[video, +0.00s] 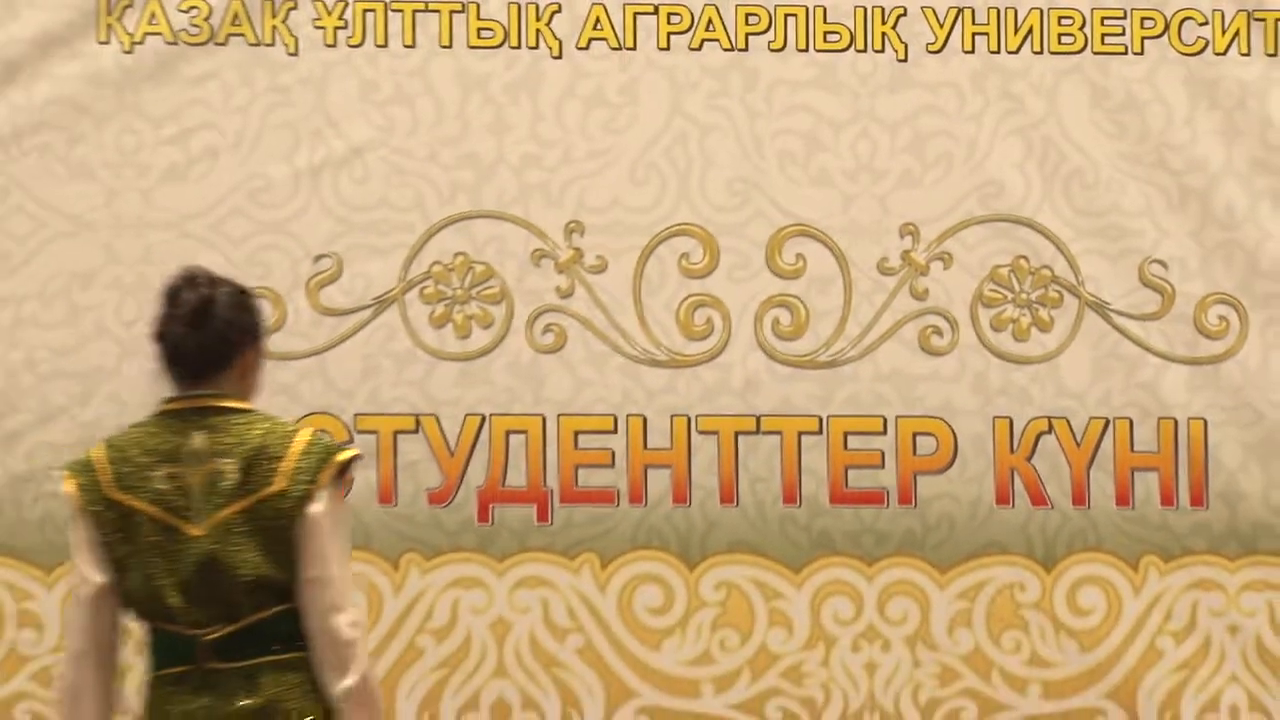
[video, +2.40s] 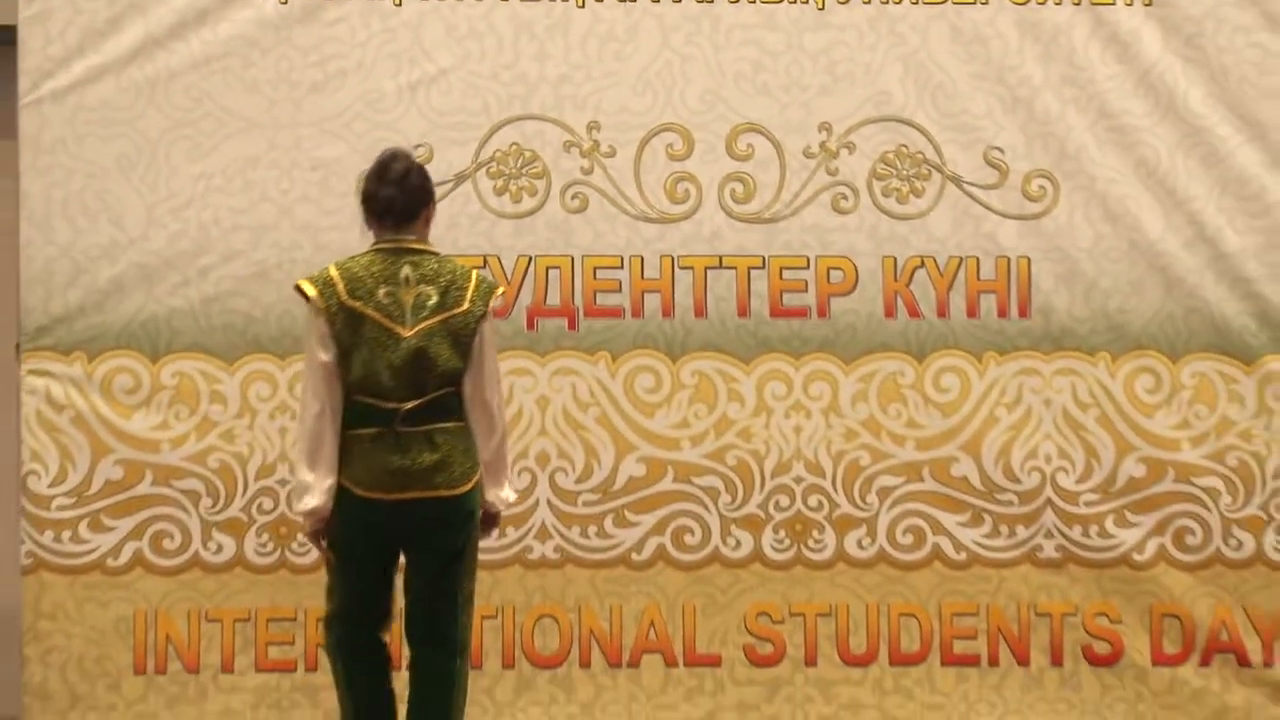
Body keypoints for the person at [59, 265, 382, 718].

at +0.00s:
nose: (261, 361)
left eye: (261, 348)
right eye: (260, 349)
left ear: (166, 354)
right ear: (249, 356)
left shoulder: (101, 471)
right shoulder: (302, 458)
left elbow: (90, 633)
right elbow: (330, 620)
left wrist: (88, 710)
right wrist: (360, 708)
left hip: (172, 697)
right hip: (284, 694)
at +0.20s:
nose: (323, 350)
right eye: (323, 340)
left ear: (232, 348)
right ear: (316, 345)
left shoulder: (172, 460)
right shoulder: (369, 448)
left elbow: (167, 625)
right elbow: (403, 614)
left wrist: (168, 712)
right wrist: (437, 710)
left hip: (232, 700)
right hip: (351, 696)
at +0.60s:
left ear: (291, 326)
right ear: (375, 326)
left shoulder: (255, 417)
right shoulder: (428, 423)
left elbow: (228, 562)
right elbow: (432, 568)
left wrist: (201, 693)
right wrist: (432, 687)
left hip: (280, 681)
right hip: (389, 682)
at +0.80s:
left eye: (287, 309)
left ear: (287, 318)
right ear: (368, 319)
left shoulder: (255, 405)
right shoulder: (415, 414)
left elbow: (233, 548)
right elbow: (416, 553)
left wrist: (204, 677)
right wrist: (409, 666)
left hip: (269, 674)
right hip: (370, 676)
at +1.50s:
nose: (317, 271)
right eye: (316, 262)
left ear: (240, 270)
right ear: (311, 270)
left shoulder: (192, 357)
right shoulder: (351, 353)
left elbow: (177, 486)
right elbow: (372, 480)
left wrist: (175, 594)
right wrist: (388, 585)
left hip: (231, 598)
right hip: (331, 597)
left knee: (235, 713)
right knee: (344, 711)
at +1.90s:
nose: (367, 246)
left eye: (362, 235)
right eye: (366, 237)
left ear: (295, 246)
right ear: (357, 245)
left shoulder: (253, 329)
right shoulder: (398, 316)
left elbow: (244, 452)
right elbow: (419, 435)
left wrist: (244, 549)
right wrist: (450, 538)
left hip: (308, 551)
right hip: (394, 545)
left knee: (294, 702)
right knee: (411, 701)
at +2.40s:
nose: (430, 215)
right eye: (430, 207)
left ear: (367, 213)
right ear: (429, 212)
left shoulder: (332, 288)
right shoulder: (469, 286)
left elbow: (321, 401)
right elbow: (484, 398)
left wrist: (315, 496)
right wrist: (494, 488)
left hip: (364, 501)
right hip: (447, 499)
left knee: (355, 634)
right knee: (439, 640)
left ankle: (372, 718)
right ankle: (435, 718)